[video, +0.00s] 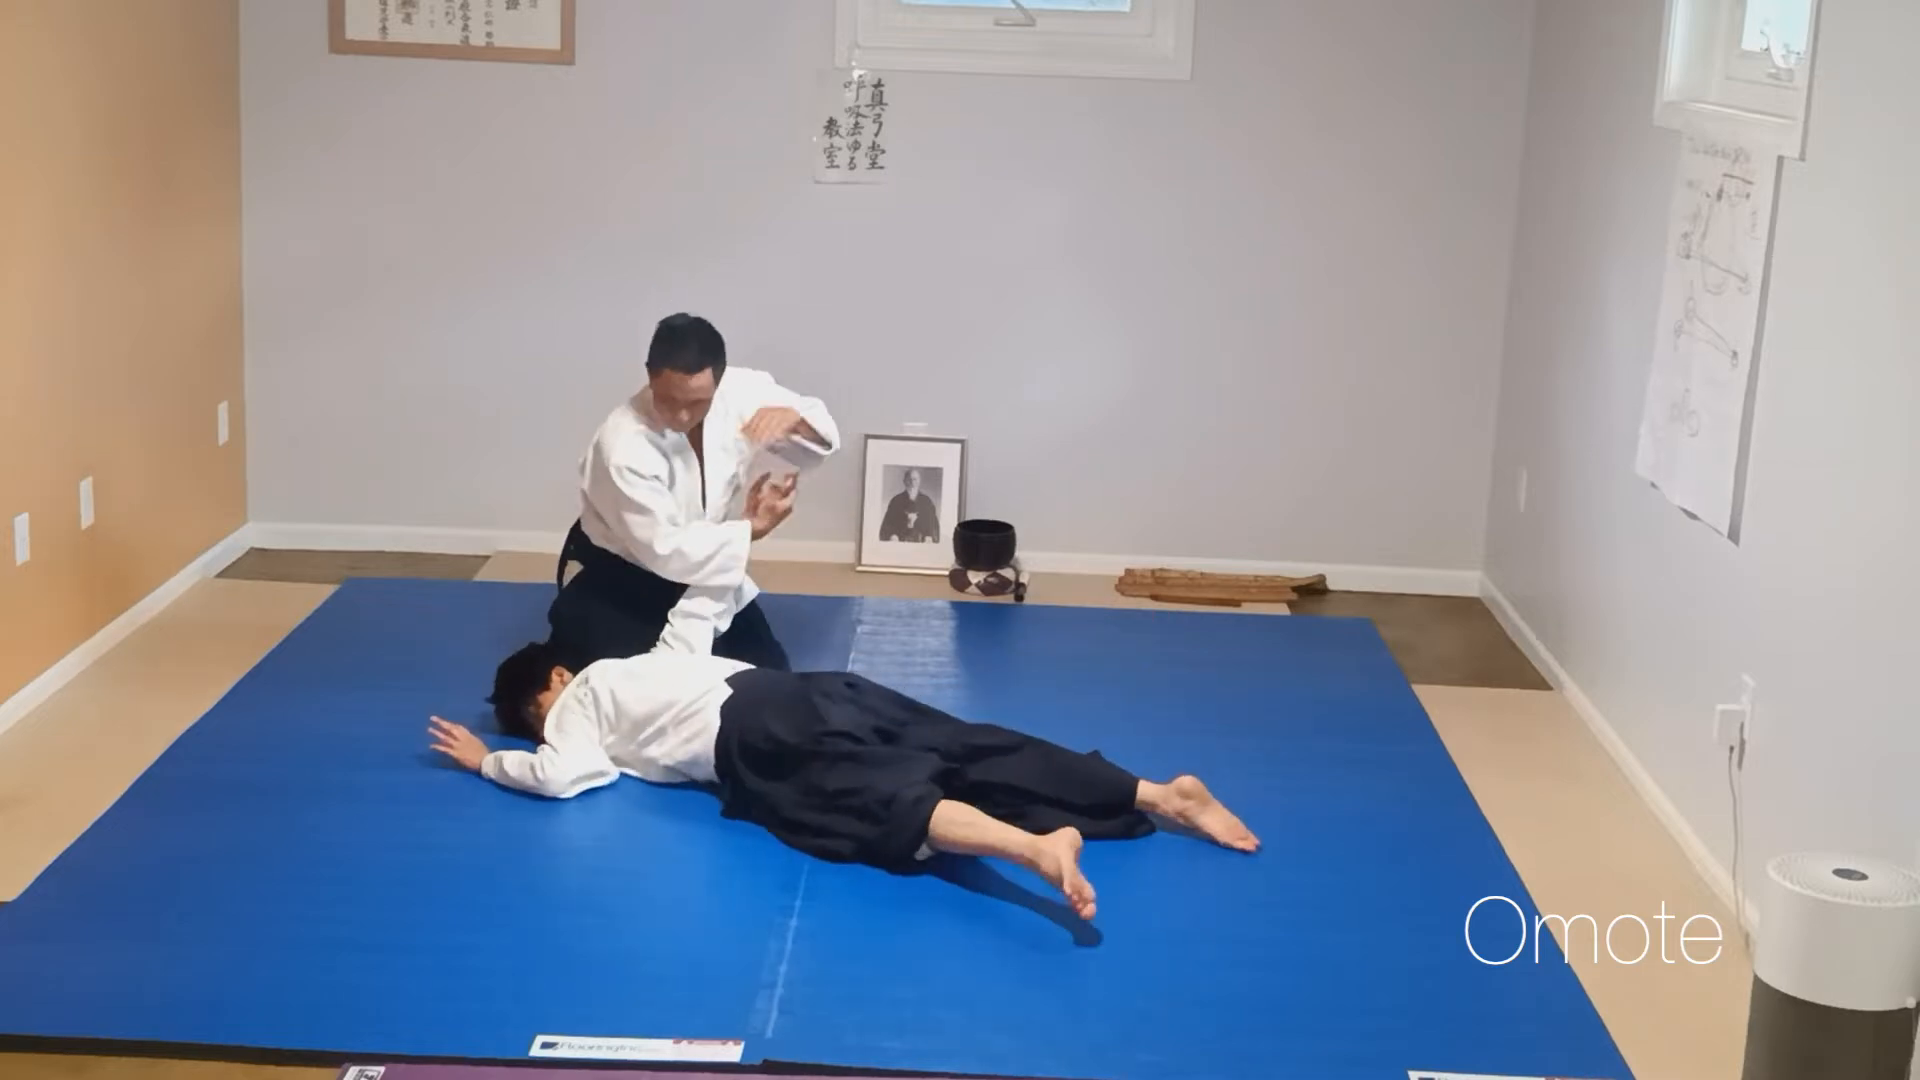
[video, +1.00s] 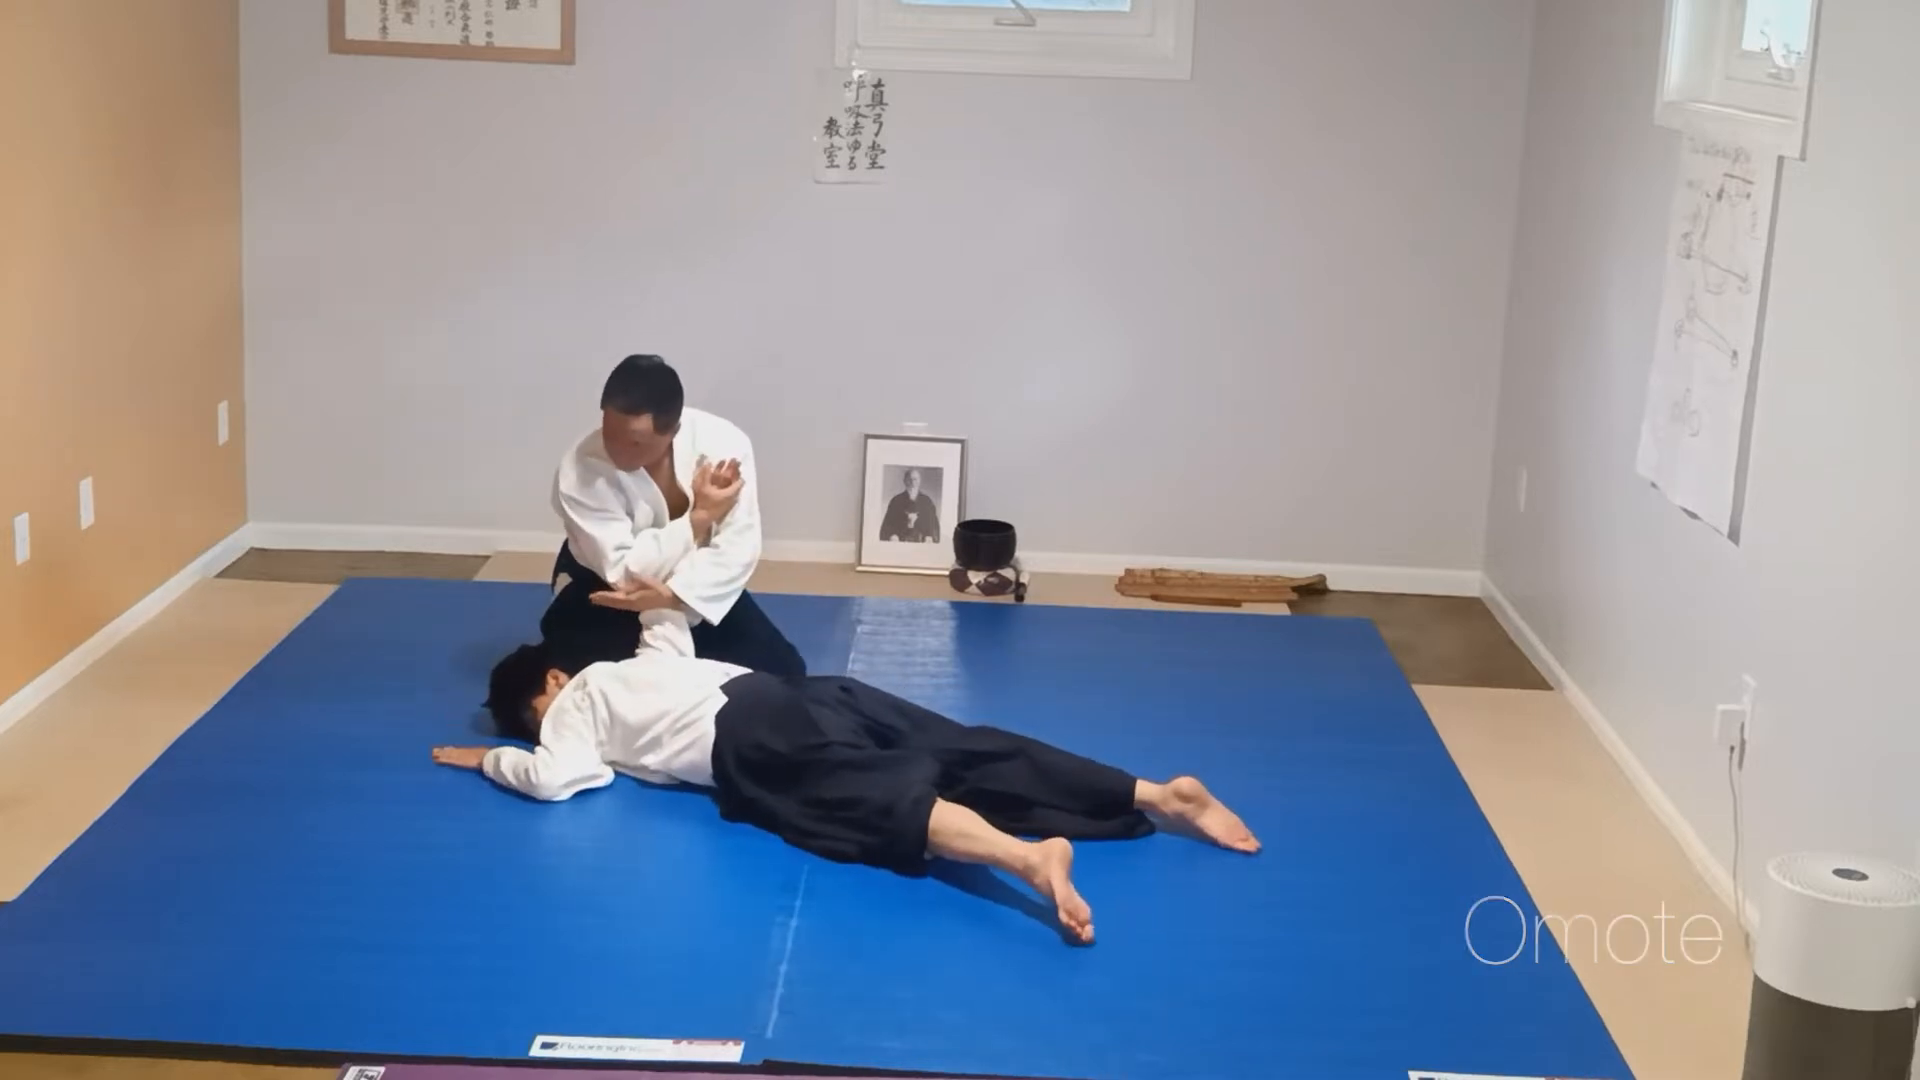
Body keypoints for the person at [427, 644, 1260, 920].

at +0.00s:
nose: (534, 726)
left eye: (527, 712)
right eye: (530, 712)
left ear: (547, 692)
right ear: (570, 668)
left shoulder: (575, 706)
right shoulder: (652, 653)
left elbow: (560, 778)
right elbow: (708, 623)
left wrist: (483, 759)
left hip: (754, 737)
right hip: (806, 687)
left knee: (885, 806)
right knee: (965, 745)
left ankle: (1035, 847)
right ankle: (1165, 795)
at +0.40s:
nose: (531, 719)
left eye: (524, 708)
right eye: (530, 707)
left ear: (539, 693)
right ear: (570, 668)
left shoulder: (569, 702)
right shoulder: (644, 656)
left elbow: (559, 779)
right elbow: (706, 636)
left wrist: (486, 759)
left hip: (749, 738)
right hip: (805, 687)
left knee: (888, 807)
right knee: (964, 748)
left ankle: (1031, 852)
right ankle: (1160, 796)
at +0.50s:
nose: (536, 720)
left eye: (527, 710)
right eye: (533, 709)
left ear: (546, 692)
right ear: (573, 664)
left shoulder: (573, 699)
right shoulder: (647, 660)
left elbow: (558, 778)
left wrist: (488, 759)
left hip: (748, 737)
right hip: (802, 687)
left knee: (889, 809)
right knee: (964, 748)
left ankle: (1030, 860)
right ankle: (1159, 797)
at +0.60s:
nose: (533, 719)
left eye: (526, 710)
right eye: (531, 709)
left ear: (547, 688)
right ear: (578, 662)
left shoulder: (572, 700)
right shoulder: (652, 659)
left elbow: (561, 775)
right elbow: (716, 645)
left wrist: (492, 758)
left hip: (749, 738)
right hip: (804, 688)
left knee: (891, 808)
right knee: (965, 748)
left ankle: (1030, 863)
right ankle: (1160, 797)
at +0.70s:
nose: (533, 719)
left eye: (526, 709)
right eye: (531, 708)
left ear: (546, 689)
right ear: (577, 662)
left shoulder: (574, 698)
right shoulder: (649, 657)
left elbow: (558, 778)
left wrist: (487, 753)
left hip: (749, 736)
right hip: (803, 686)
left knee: (886, 807)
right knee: (962, 748)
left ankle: (1029, 860)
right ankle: (1159, 797)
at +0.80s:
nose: (532, 722)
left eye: (526, 709)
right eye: (531, 709)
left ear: (547, 689)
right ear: (577, 663)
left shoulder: (576, 703)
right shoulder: (654, 653)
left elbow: (554, 779)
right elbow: (706, 641)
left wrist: (498, 758)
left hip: (751, 739)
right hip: (806, 690)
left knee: (889, 806)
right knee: (965, 748)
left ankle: (1030, 855)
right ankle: (1160, 795)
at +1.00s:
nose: (535, 727)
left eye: (528, 714)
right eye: (533, 714)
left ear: (546, 693)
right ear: (574, 665)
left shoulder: (578, 704)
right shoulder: (652, 653)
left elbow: (555, 777)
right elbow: (698, 651)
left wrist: (486, 758)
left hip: (750, 737)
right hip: (805, 688)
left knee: (890, 807)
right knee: (964, 747)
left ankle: (1026, 858)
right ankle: (1154, 793)